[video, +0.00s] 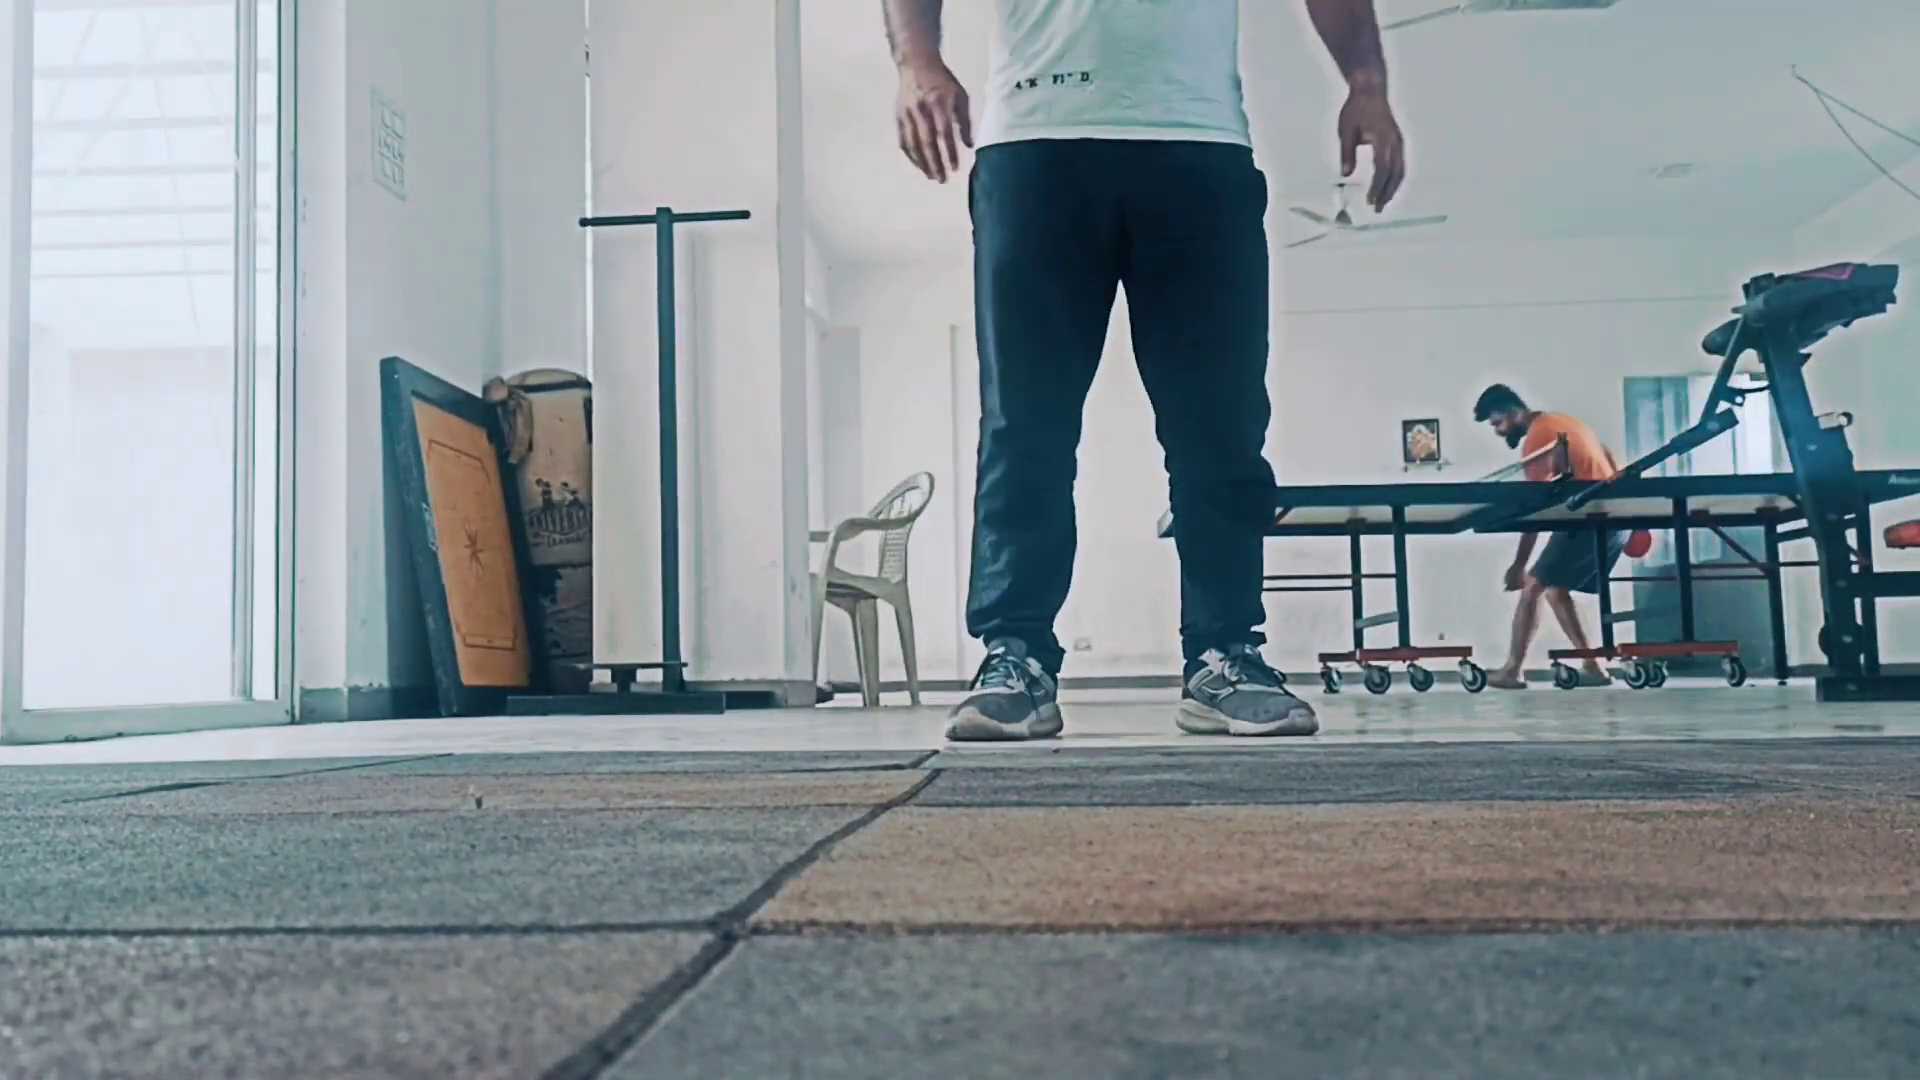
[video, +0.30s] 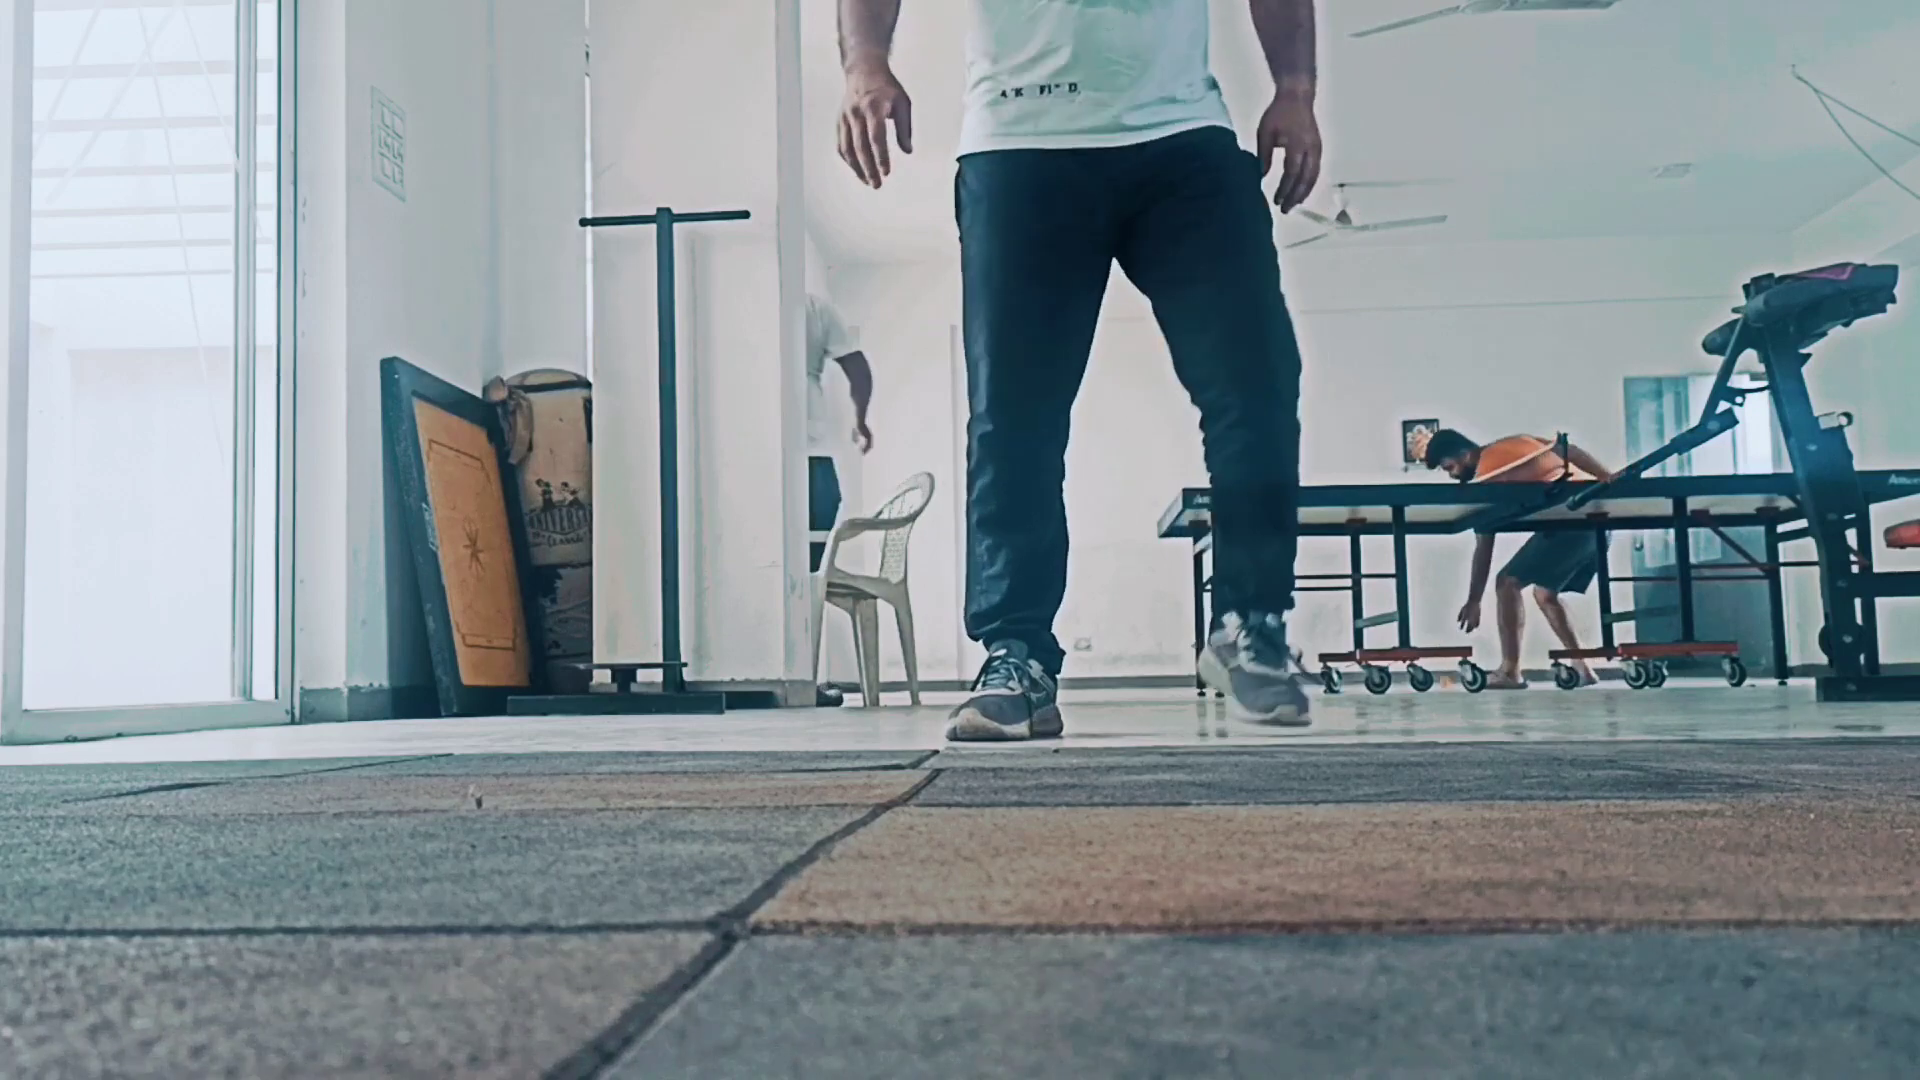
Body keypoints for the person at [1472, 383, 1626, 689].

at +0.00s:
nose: (1497, 431)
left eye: (1497, 422)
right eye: (1493, 425)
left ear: (1512, 412)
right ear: (1519, 409)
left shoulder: (1537, 436)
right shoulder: (1565, 423)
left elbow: (1536, 508)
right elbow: (1610, 461)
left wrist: (1518, 564)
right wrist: (1631, 518)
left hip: (1583, 522)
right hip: (1610, 519)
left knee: (1531, 588)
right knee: (1556, 590)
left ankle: (1511, 670)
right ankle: (1592, 666)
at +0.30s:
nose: (1451, 475)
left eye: (1449, 467)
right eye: (1445, 470)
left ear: (1461, 453)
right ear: (1468, 447)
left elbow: (1484, 543)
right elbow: (1570, 451)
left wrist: (1473, 601)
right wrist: (1609, 478)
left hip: (1567, 523)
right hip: (1593, 517)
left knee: (1507, 582)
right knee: (1545, 594)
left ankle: (1510, 671)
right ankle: (1582, 668)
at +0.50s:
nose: (1444, 502)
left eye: (1440, 495)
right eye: (1438, 497)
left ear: (1448, 484)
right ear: (1454, 473)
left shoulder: (1478, 488)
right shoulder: (1480, 494)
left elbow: (1481, 563)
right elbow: (1482, 563)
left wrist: (1467, 620)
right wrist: (1468, 620)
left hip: (1568, 519)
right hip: (1590, 516)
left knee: (1511, 581)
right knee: (1553, 592)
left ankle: (1511, 671)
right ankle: (1582, 671)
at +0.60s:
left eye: (1433, 504)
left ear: (1443, 497)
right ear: (1449, 488)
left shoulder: (1476, 506)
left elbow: (1479, 575)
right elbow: (1478, 575)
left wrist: (1462, 631)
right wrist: (1463, 632)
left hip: (1570, 525)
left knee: (1510, 581)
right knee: (1553, 592)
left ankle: (1511, 671)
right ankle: (1582, 671)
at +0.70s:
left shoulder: (1476, 523)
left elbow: (1476, 585)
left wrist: (1461, 639)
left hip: (1567, 529)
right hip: (1597, 525)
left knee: (1507, 581)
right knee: (1552, 594)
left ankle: (1510, 671)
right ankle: (1582, 670)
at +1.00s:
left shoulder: (1472, 530)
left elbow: (1481, 588)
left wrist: (1452, 638)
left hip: (1563, 532)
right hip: (1589, 529)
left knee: (1502, 583)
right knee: (1550, 594)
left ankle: (1509, 671)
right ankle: (1583, 672)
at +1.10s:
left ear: (1439, 499)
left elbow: (1482, 579)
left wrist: (1445, 611)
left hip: (1562, 522)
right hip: (1586, 518)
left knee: (1506, 583)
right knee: (1551, 592)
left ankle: (1509, 672)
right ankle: (1583, 671)